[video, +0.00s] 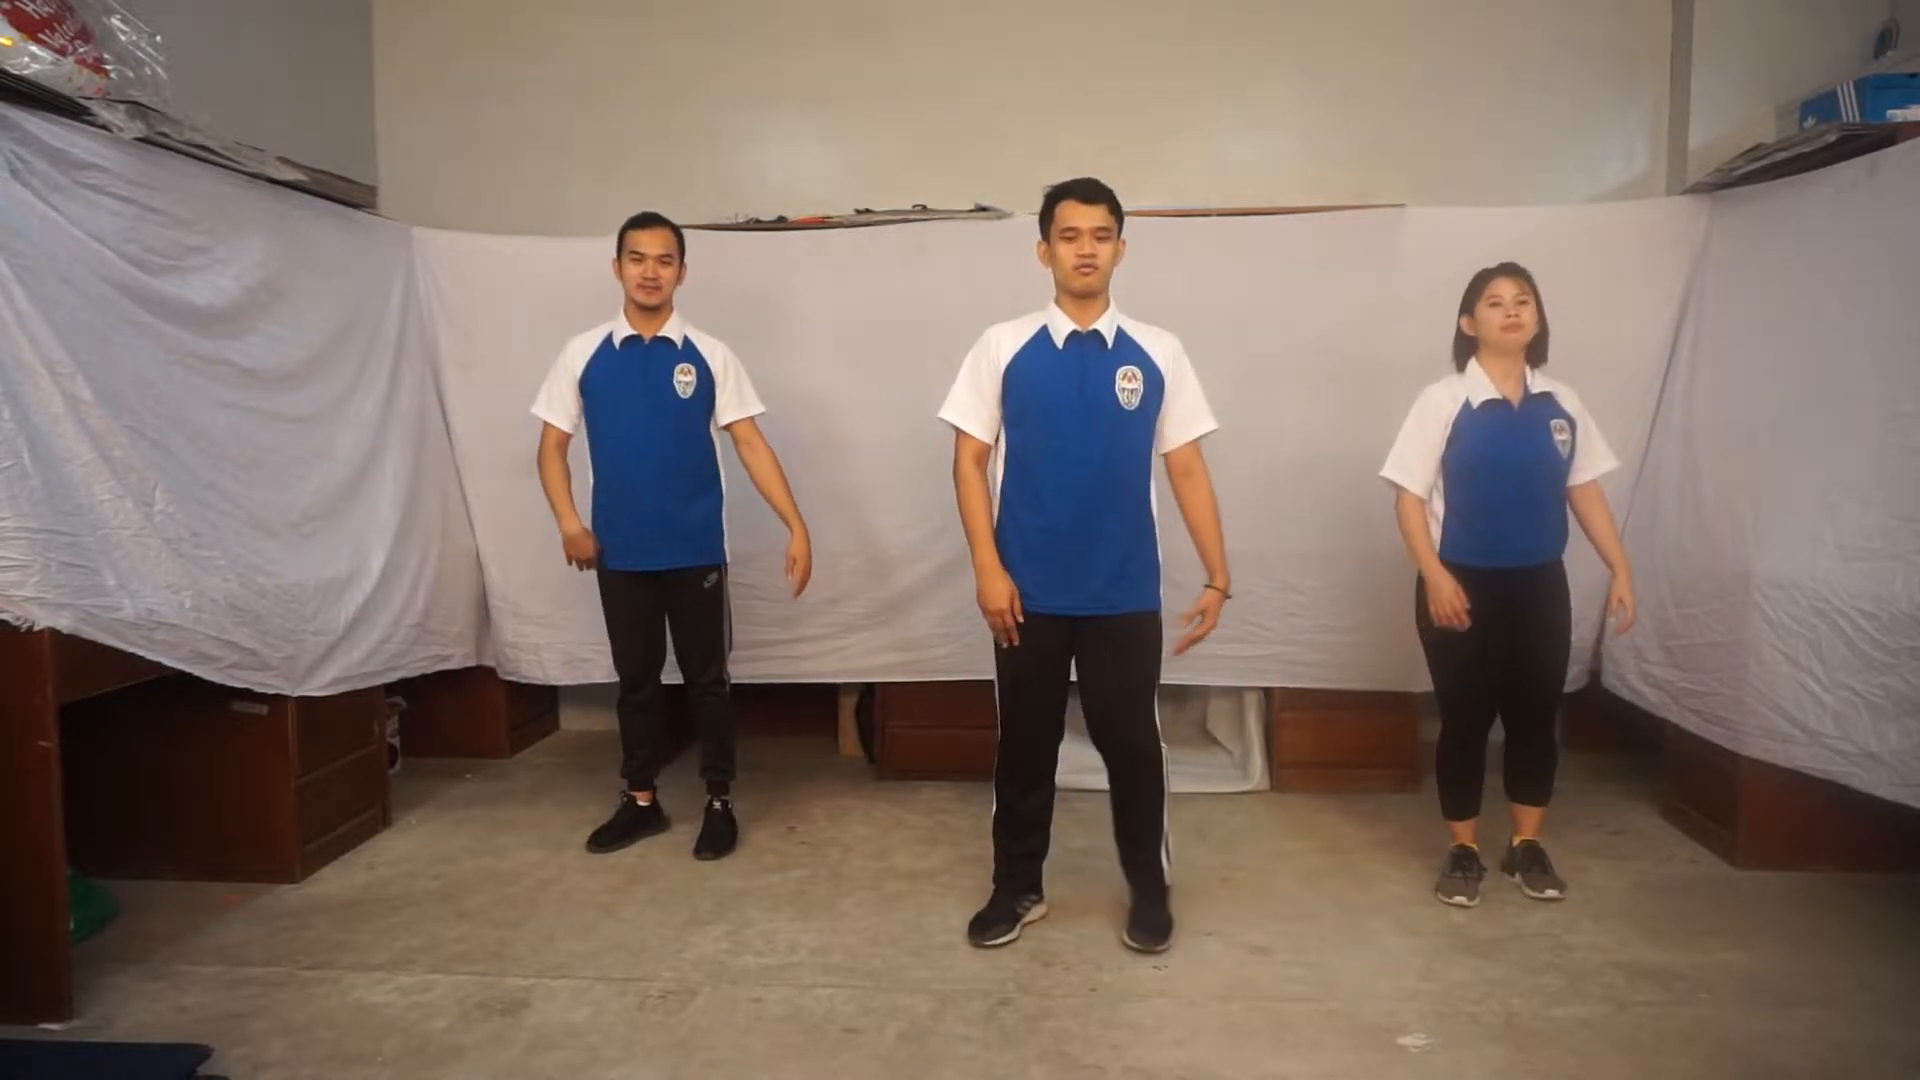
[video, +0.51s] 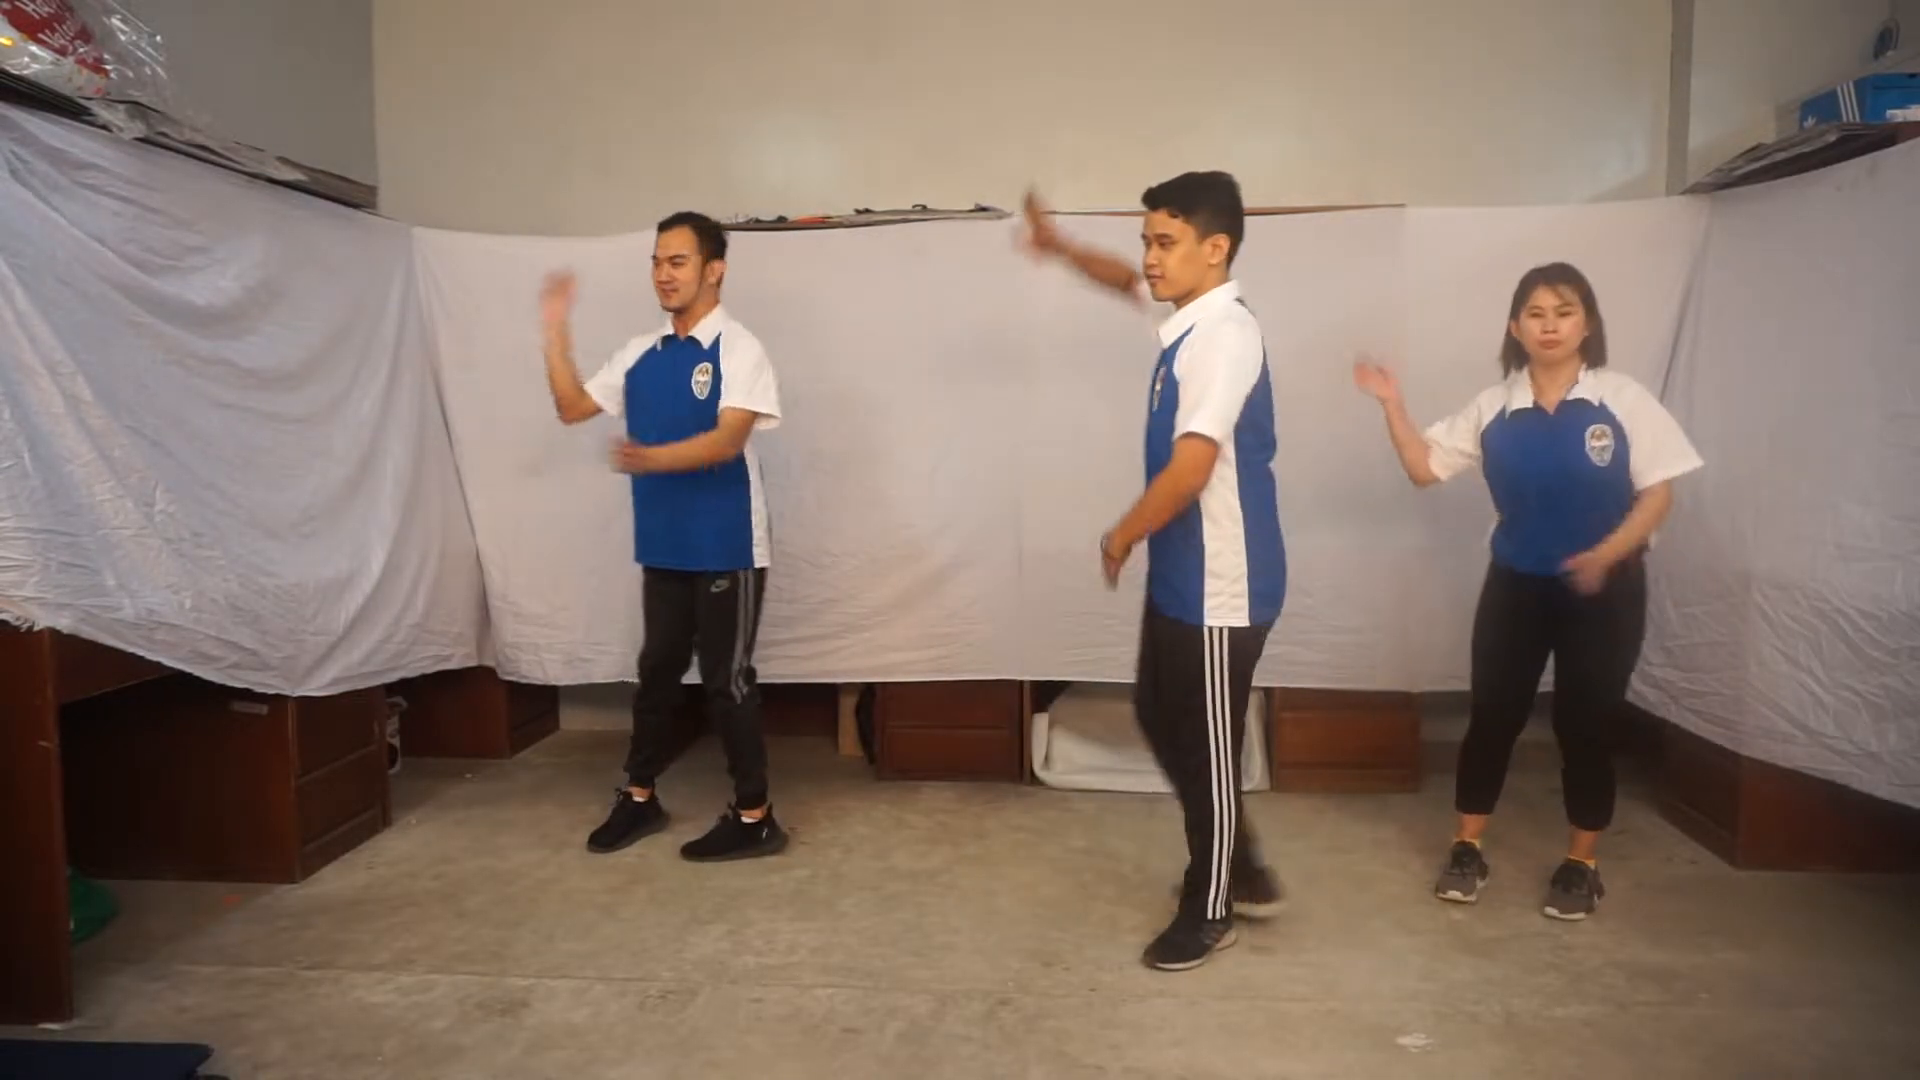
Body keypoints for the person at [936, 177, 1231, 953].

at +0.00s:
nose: (1087, 250)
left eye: (1101, 237)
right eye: (1070, 237)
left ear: (1119, 248)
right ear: (1046, 251)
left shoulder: (1156, 353)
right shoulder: (1002, 347)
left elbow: (1187, 468)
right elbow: (969, 461)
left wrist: (1218, 575)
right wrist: (987, 567)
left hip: (1123, 596)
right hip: (1028, 594)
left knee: (1132, 749)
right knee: (1024, 750)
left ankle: (1148, 888)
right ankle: (1015, 885)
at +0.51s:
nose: (1149, 257)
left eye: (1164, 242)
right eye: (1148, 242)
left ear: (1218, 248)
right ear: (1183, 249)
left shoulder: (1223, 332)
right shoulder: (1188, 312)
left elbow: (1195, 464)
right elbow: (1131, 282)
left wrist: (1124, 533)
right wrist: (1059, 249)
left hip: (1222, 583)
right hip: (1180, 572)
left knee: (1210, 740)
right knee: (1162, 715)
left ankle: (1206, 909)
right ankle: (1243, 866)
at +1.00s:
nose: (1205, 281)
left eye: (1219, 265)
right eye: (1206, 265)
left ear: (1270, 268)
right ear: (1279, 269)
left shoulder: (1251, 358)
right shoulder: (1327, 315)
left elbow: (1223, 507)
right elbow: (1313, 229)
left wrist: (1259, 556)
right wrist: (1315, 136)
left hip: (1296, 590)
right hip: (1367, 574)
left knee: (1205, 737)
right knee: (1405, 757)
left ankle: (1214, 912)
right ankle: (1465, 940)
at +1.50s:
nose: (1107, 253)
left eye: (1126, 239)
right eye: (1098, 237)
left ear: (1171, 242)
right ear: (1091, 237)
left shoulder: (1170, 331)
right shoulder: (1134, 325)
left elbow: (1136, 474)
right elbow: (1116, 443)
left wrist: (1063, 559)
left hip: (1172, 594)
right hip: (1126, 587)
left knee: (1183, 768)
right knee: (1089, 719)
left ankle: (1194, 936)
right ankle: (1211, 844)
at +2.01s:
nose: (975, 252)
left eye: (986, 237)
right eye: (956, 237)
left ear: (998, 250)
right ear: (917, 252)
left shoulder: (1038, 353)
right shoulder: (874, 361)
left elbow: (1115, 446)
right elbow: (812, 466)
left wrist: (1091, 561)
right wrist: (742, 567)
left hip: (1003, 607)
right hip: (901, 607)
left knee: (985, 767)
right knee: (868, 749)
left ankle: (954, 914)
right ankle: (928, 847)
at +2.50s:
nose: (855, 242)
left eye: (853, 225)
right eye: (837, 227)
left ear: (788, 235)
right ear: (780, 237)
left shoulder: (768, 303)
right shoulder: (800, 339)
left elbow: (774, 196)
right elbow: (868, 465)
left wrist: (756, 78)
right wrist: (967, 549)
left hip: (771, 581)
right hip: (786, 596)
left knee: (789, 746)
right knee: (806, 773)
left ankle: (695, 876)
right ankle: (801, 950)